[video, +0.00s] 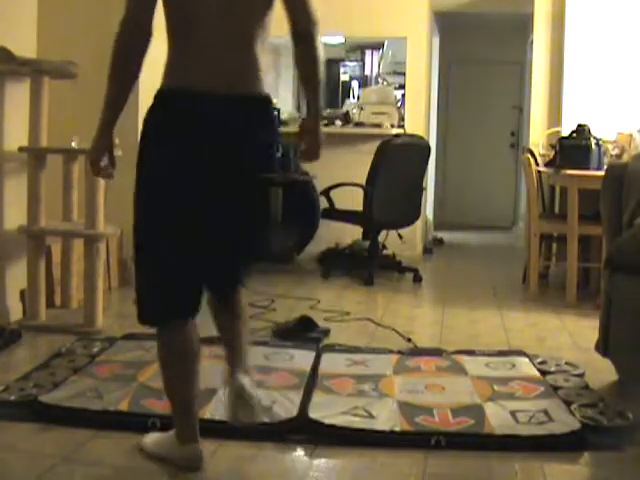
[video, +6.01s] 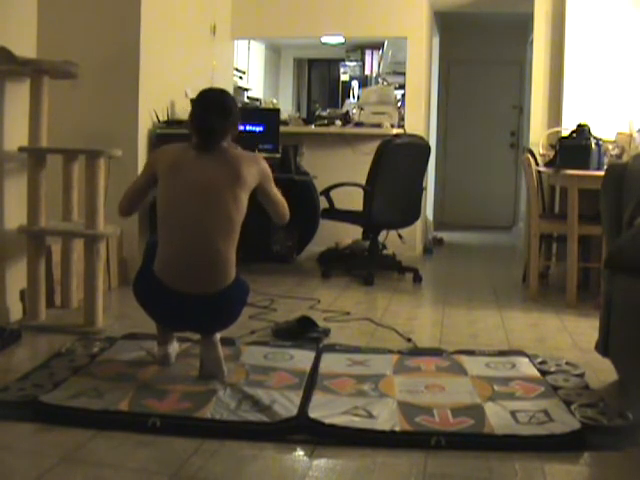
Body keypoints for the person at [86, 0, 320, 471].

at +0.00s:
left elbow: (135, 33)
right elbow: (305, 27)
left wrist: (105, 129)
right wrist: (313, 116)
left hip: (179, 119)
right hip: (249, 119)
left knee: (172, 288)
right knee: (226, 267)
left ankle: (185, 438)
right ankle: (240, 387)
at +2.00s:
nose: (221, 11)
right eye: (221, 7)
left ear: (178, 6)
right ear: (220, 6)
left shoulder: (149, 48)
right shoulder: (241, 45)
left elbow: (133, 124)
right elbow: (262, 114)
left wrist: (148, 168)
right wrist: (261, 163)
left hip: (168, 181)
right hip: (221, 180)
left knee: (169, 270)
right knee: (224, 268)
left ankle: (175, 355)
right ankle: (212, 342)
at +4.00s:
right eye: (228, 110)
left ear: (186, 114)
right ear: (228, 118)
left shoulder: (160, 154)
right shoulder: (247, 159)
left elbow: (127, 206)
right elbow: (277, 196)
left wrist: (158, 193)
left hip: (165, 302)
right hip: (218, 305)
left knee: (155, 248)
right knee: (234, 278)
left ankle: (165, 344)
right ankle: (212, 338)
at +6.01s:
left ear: (191, 122)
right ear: (234, 128)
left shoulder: (164, 157)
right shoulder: (251, 165)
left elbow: (125, 208)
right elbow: (282, 216)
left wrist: (156, 181)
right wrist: (260, 175)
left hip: (165, 308)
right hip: (218, 311)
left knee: (155, 242)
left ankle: (165, 345)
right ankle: (211, 342)